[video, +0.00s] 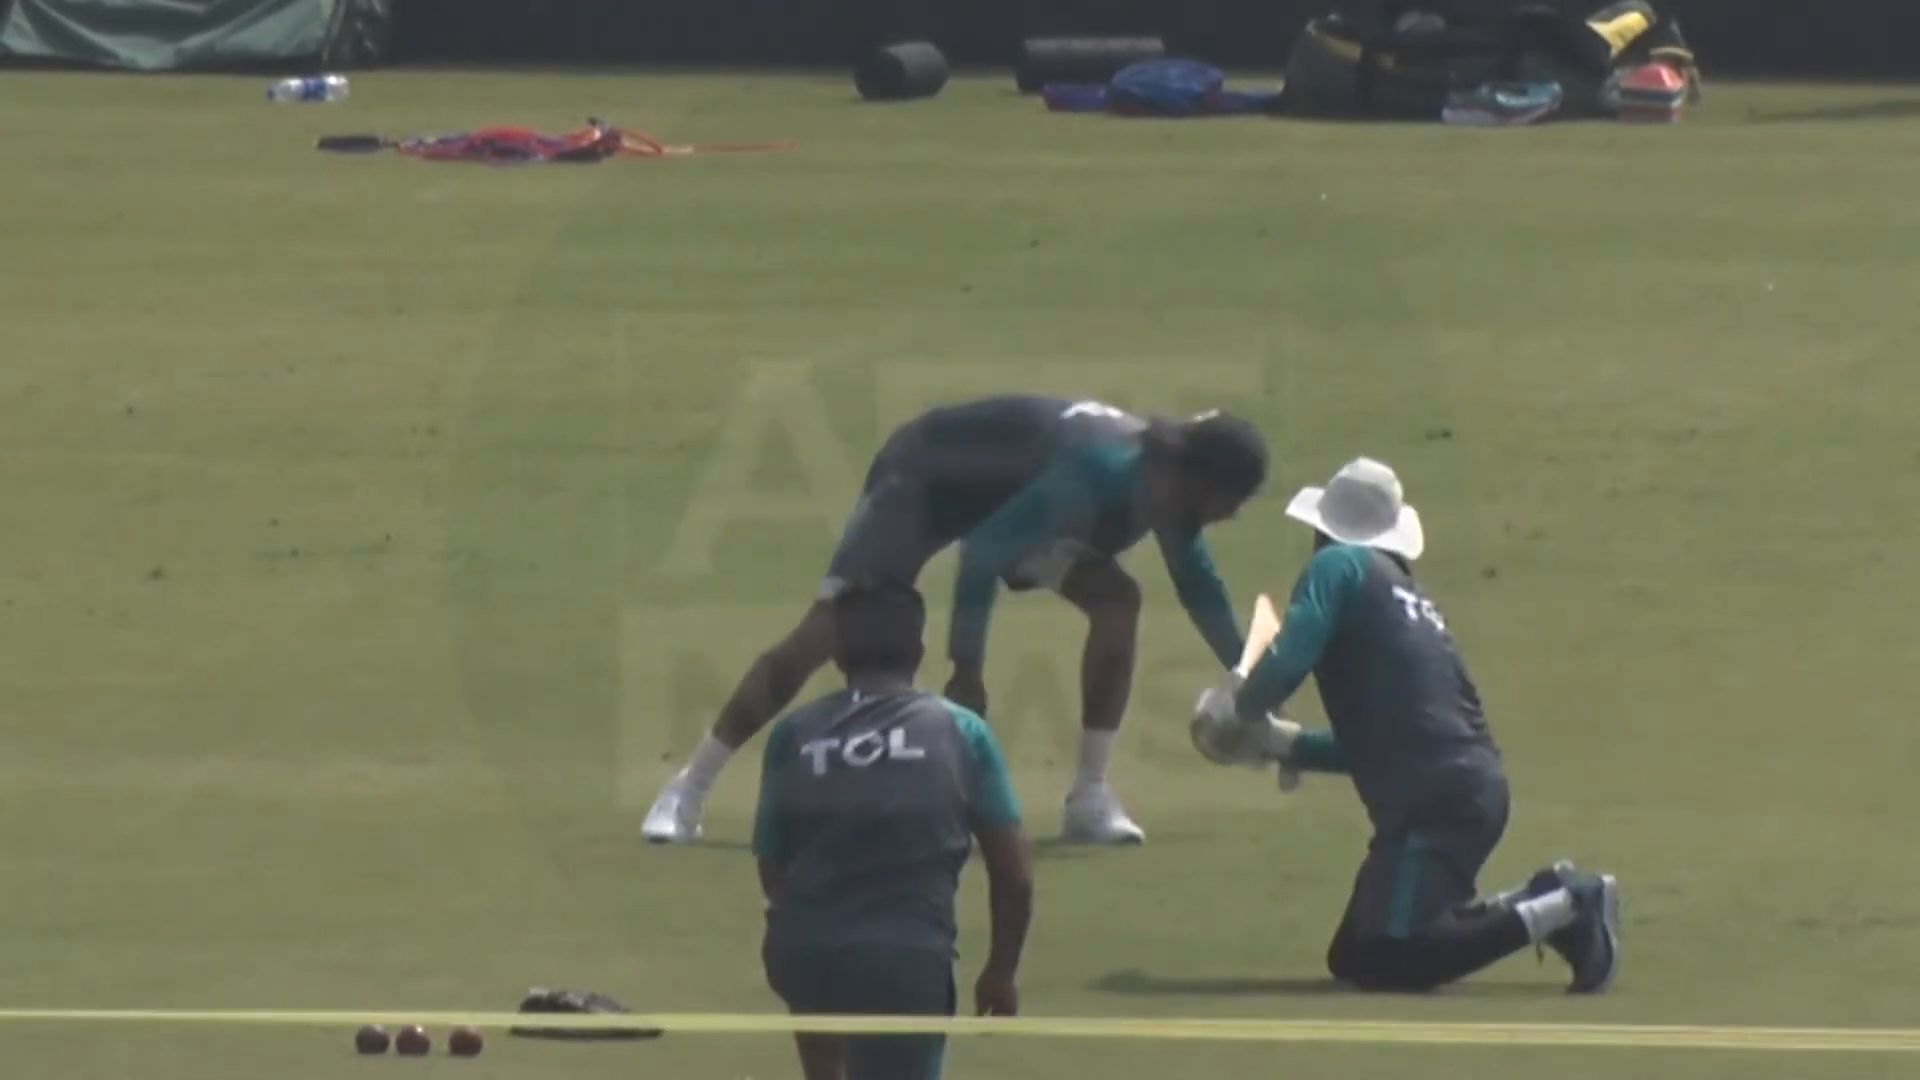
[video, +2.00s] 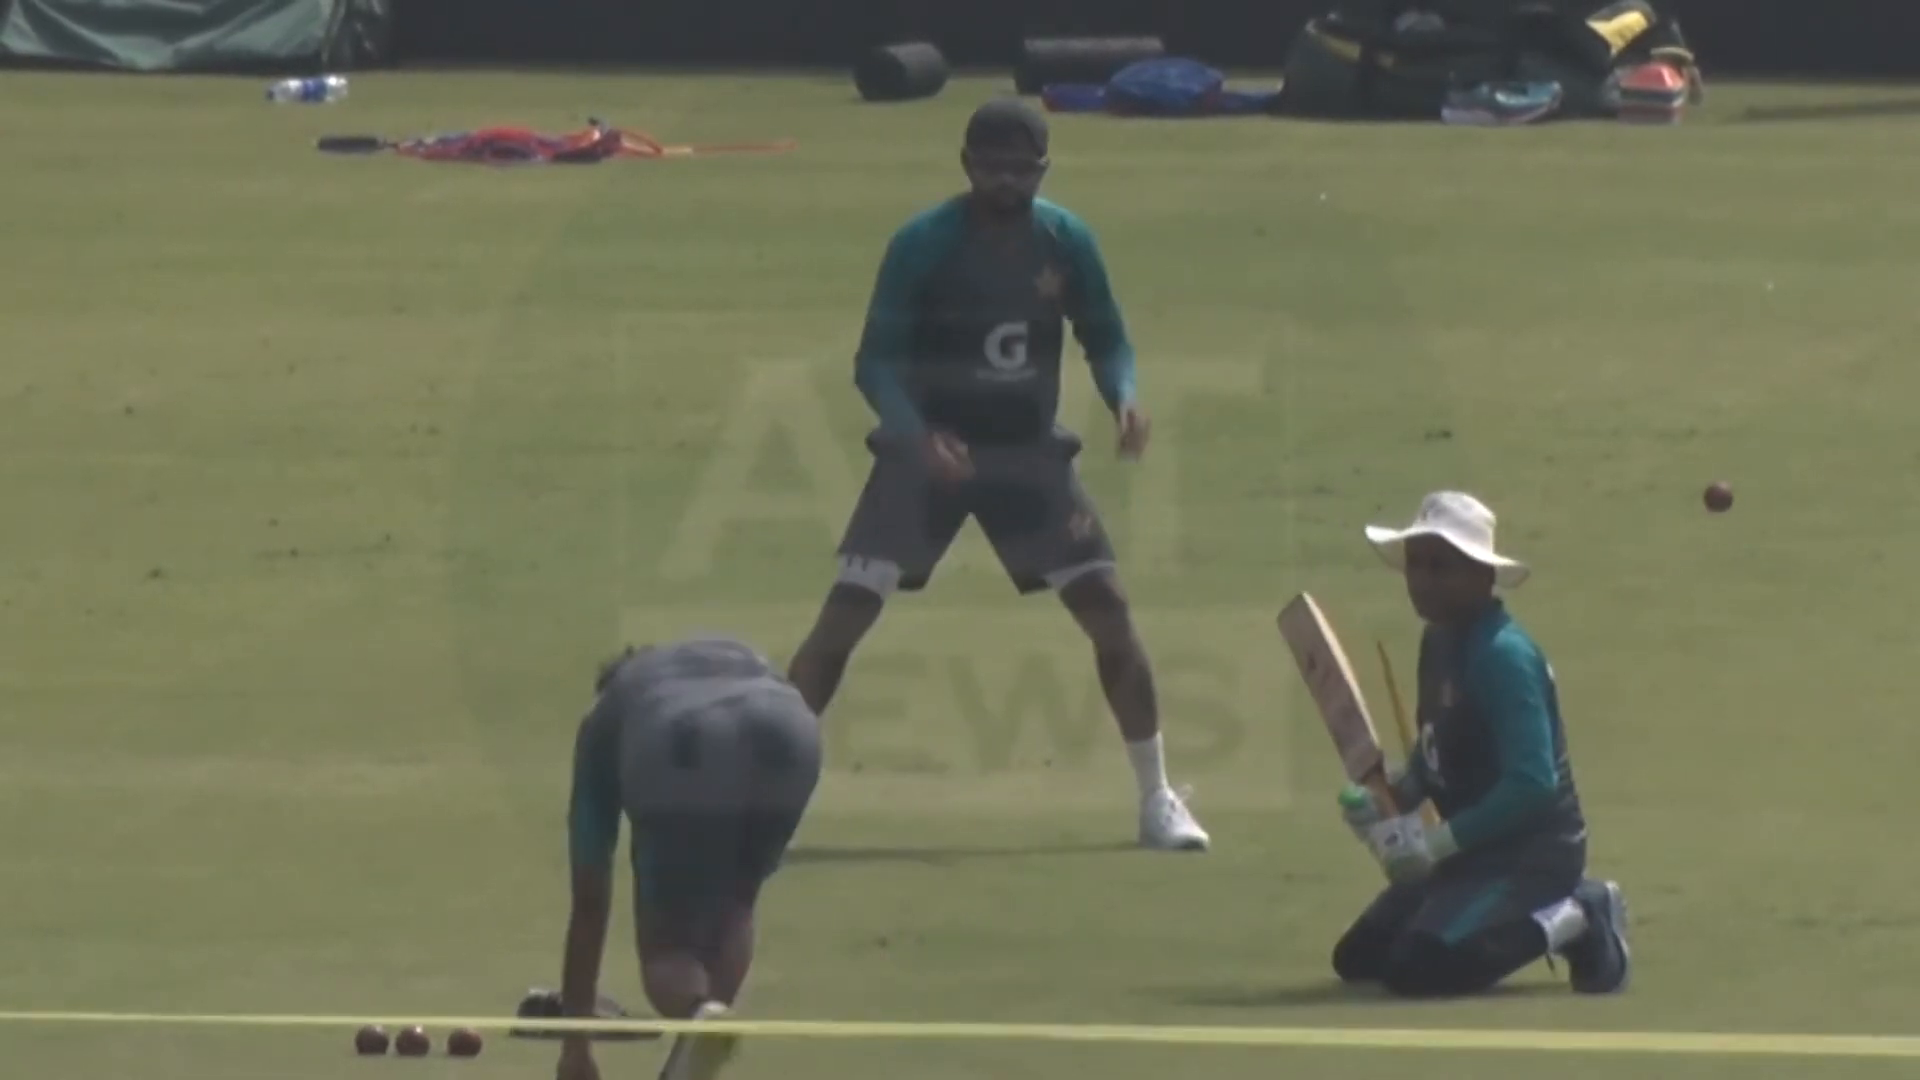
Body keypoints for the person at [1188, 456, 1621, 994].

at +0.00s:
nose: (1312, 536)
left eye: (1318, 528)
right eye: (1314, 527)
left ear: (1333, 528)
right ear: (1384, 532)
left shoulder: (1338, 564)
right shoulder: (1399, 592)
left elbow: (1286, 666)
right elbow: (1385, 750)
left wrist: (1238, 707)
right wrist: (1286, 743)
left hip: (1441, 796)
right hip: (1451, 791)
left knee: (1378, 962)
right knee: (1355, 957)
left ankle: (1561, 909)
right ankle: (1533, 906)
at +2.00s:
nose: (1419, 580)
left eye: (1437, 566)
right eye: (1413, 565)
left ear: (1479, 576)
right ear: (1403, 568)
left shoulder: (1504, 654)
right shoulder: (1440, 640)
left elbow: (1533, 783)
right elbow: (1437, 749)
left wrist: (1437, 844)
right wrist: (1394, 799)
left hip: (1533, 858)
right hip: (1476, 851)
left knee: (1415, 970)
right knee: (1357, 958)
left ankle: (1578, 918)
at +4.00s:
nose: (1422, 582)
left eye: (1440, 566)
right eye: (1414, 567)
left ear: (1477, 575)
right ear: (1402, 574)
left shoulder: (1495, 649)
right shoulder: (1439, 647)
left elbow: (1523, 776)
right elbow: (1452, 764)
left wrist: (1433, 839)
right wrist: (1402, 801)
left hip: (1533, 855)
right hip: (1482, 850)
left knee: (1415, 970)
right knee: (1357, 958)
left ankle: (1580, 919)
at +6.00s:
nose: (1300, 544)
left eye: (1313, 538)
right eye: (1305, 535)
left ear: (1343, 549)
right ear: (1371, 559)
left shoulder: (1341, 579)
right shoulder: (1350, 654)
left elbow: (1218, 568)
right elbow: (1250, 735)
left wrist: (1126, 586)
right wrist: (1151, 692)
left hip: (1445, 798)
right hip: (1415, 815)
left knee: (1396, 952)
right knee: (1333, 955)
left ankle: (1579, 905)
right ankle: (1508, 915)